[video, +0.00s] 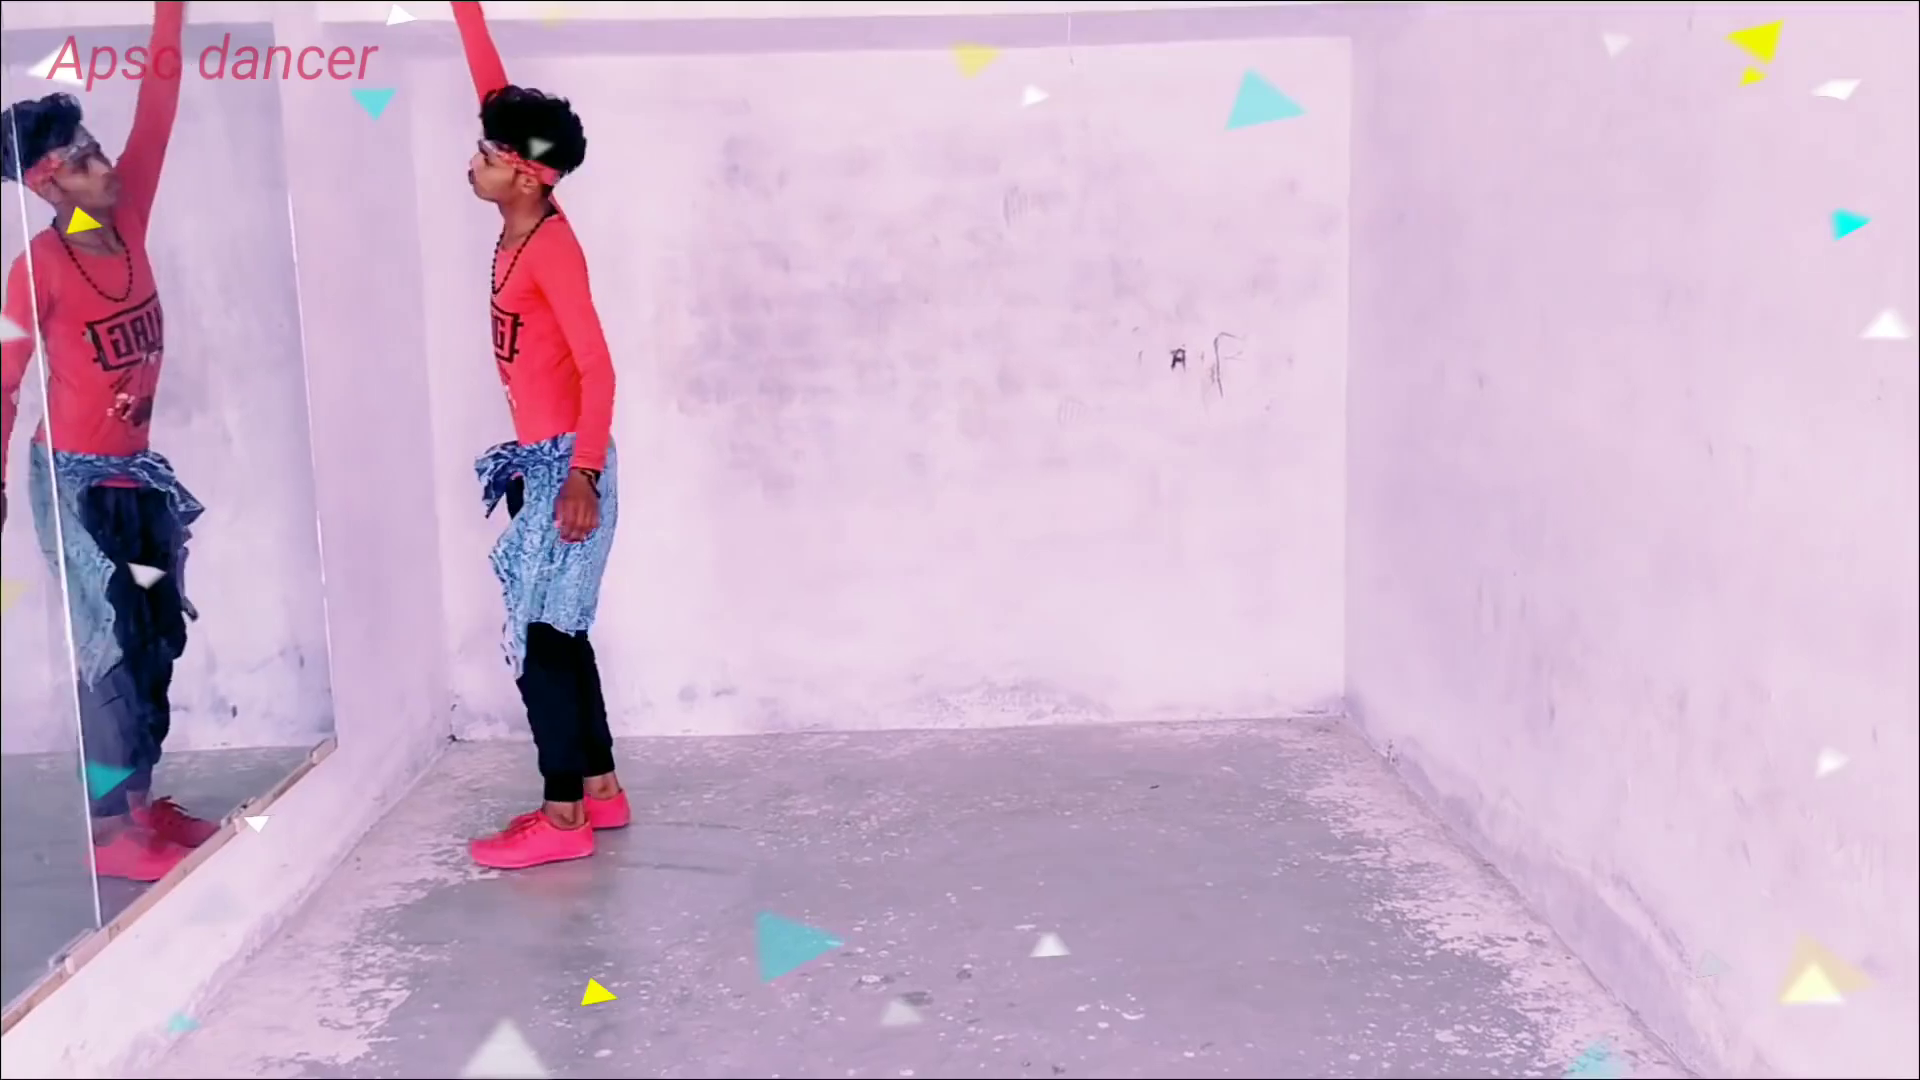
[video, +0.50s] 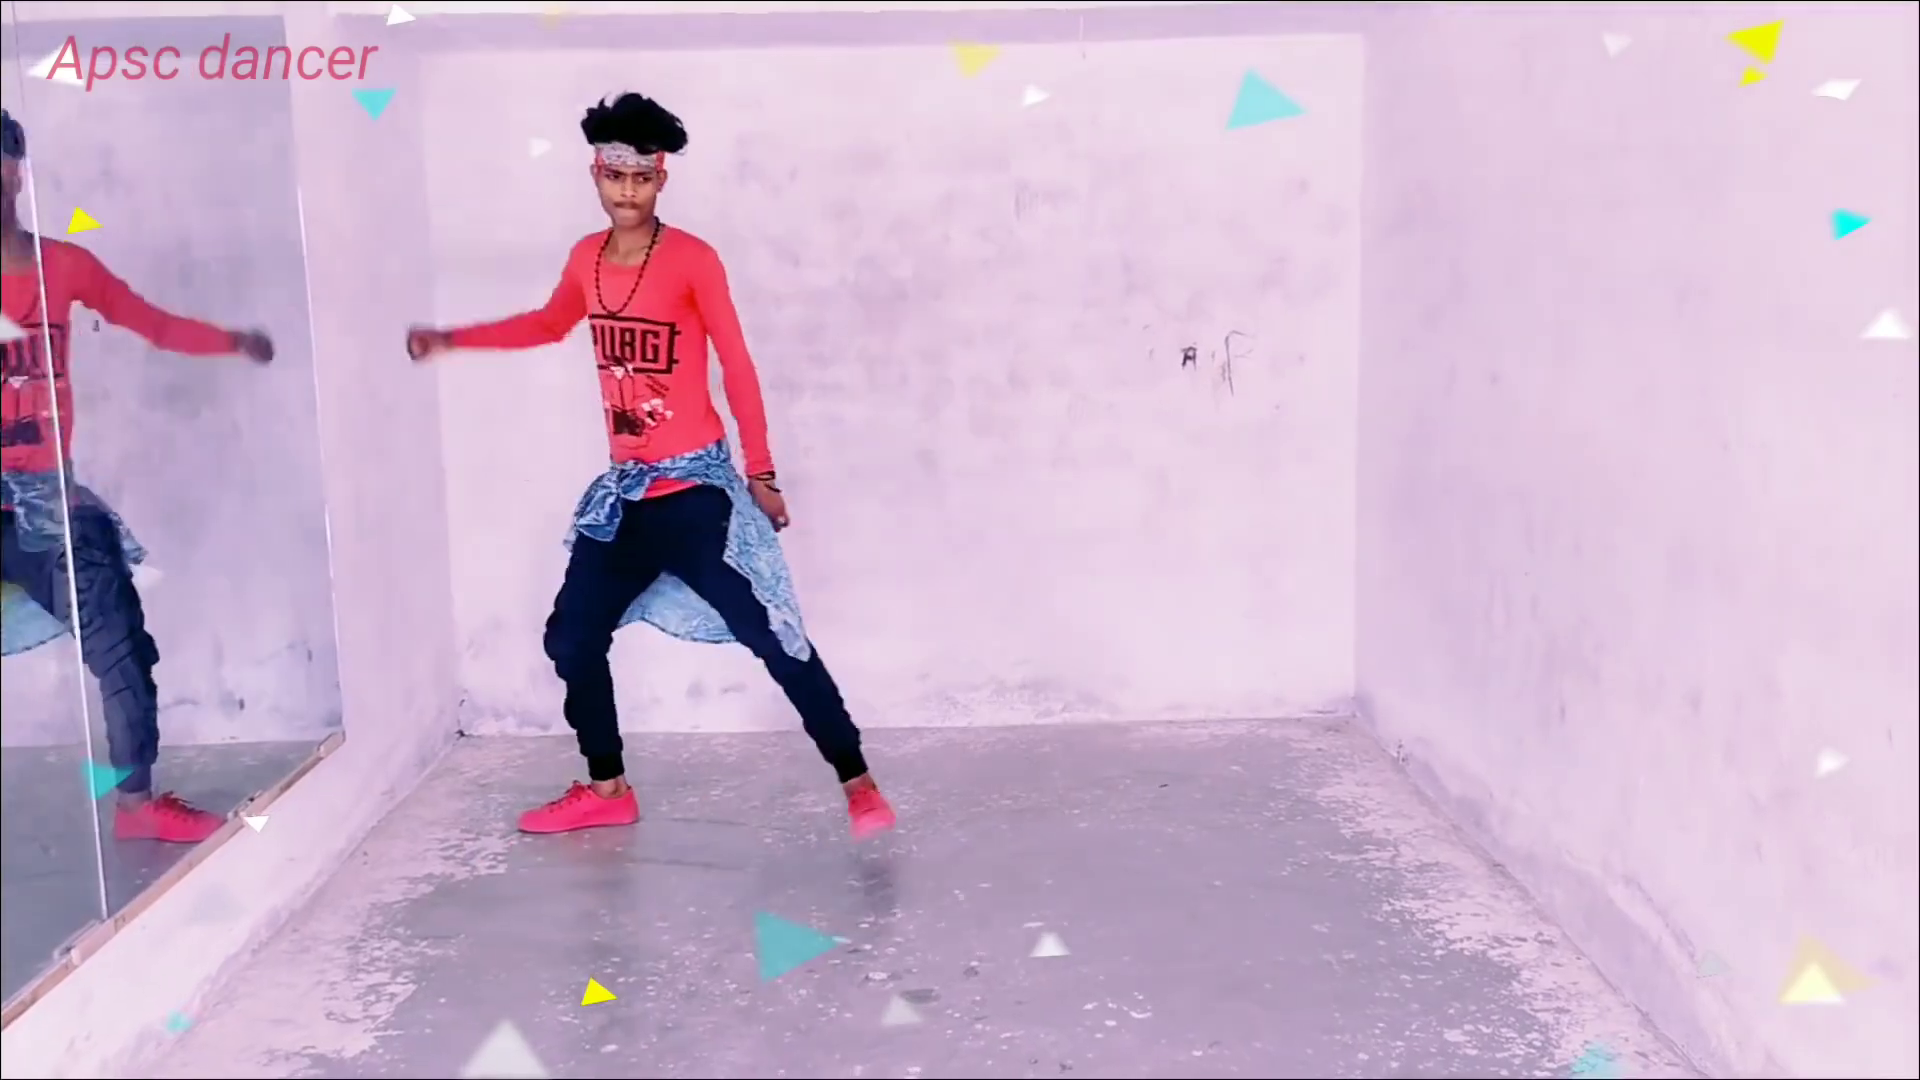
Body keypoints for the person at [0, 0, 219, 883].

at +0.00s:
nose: (102, 162)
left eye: (95, 149)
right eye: (81, 158)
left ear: (103, 160)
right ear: (46, 183)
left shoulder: (123, 217)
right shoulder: (37, 270)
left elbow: (158, 102)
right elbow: (3, 389)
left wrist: (171, 4)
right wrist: (4, 483)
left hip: (137, 468)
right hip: (75, 476)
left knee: (154, 634)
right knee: (106, 641)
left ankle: (142, 805)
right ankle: (108, 827)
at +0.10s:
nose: (91, 175)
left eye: (95, 155)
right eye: (69, 165)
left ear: (114, 157)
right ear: (41, 180)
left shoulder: (137, 219)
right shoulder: (36, 269)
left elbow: (177, 108)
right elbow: (8, 395)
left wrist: (188, 8)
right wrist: (6, 480)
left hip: (138, 475)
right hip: (68, 482)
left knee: (157, 642)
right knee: (96, 648)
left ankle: (141, 805)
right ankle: (85, 826)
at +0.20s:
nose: (77, 174)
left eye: (87, 156)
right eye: (59, 162)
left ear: (107, 159)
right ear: (33, 173)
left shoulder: (134, 221)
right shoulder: (18, 270)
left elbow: (197, 127)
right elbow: (5, 394)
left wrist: (214, 22)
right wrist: (6, 492)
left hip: (126, 478)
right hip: (45, 482)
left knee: (150, 632)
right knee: (41, 646)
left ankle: (139, 799)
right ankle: (16, 812)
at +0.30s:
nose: (51, 174)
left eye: (62, 160)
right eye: (35, 163)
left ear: (83, 162)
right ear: (13, 172)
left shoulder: (125, 228)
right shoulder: (8, 256)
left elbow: (221, 175)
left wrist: (231, 71)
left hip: (106, 475)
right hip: (26, 478)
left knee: (129, 635)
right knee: (15, 633)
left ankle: (139, 800)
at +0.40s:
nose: (23, 179)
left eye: (32, 164)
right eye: (9, 166)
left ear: (51, 164)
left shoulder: (99, 245)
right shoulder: (2, 257)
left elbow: (219, 258)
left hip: (80, 478)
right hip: (8, 479)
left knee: (121, 629)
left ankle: (139, 798)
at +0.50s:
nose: (6, 183)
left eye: (10, 169)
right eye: (1, 171)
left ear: (20, 172)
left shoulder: (60, 265)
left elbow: (153, 324)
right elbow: (155, 324)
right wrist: (234, 342)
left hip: (42, 484)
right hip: (5, 488)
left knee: (116, 627)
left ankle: (137, 798)